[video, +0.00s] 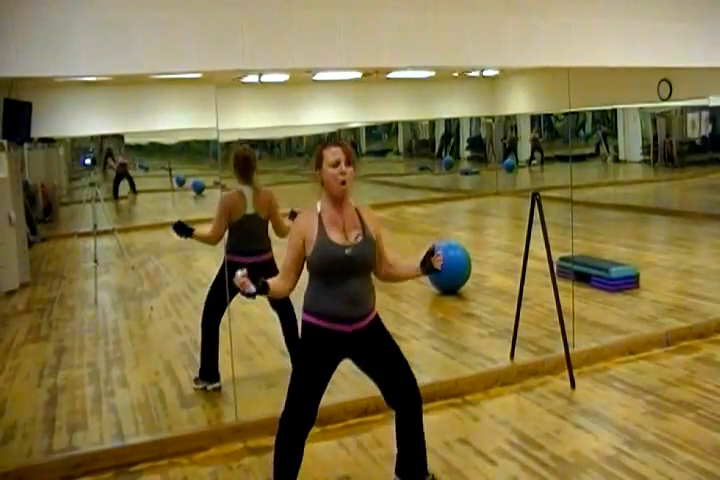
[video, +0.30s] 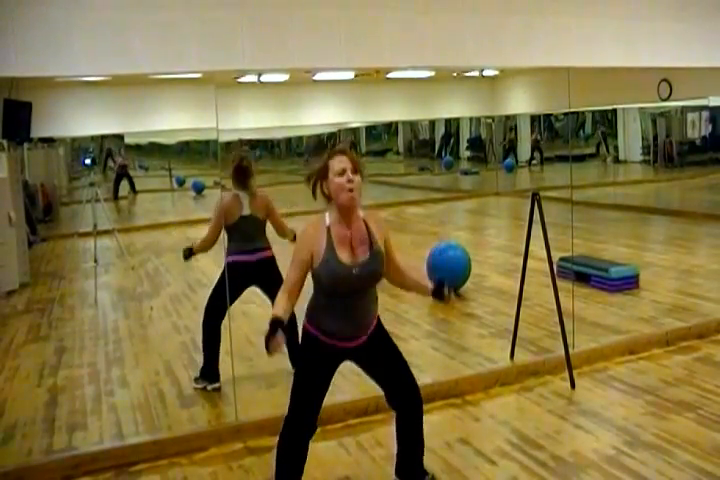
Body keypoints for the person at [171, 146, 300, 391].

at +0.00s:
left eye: (234, 165)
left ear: (234, 169)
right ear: (255, 168)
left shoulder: (229, 199)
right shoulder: (267, 196)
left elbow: (214, 237)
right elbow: (282, 231)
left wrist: (190, 232)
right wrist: (292, 219)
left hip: (233, 270)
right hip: (265, 268)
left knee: (210, 317)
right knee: (286, 312)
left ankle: (209, 376)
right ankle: (300, 367)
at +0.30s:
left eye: (235, 174)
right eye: (249, 174)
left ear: (232, 177)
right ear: (252, 176)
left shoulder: (226, 201)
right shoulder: (262, 198)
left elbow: (211, 239)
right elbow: (281, 228)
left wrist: (193, 250)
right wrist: (291, 235)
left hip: (237, 270)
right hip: (266, 267)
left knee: (212, 315)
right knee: (286, 312)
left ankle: (210, 374)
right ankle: (300, 364)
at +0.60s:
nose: (237, 156)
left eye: (230, 152)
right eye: (240, 149)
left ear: (226, 154)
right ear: (247, 152)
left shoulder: (221, 184)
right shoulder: (261, 181)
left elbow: (218, 221)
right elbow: (271, 216)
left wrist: (217, 251)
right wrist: (280, 247)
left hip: (230, 250)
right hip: (258, 248)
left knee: (211, 304)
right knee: (278, 297)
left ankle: (208, 359)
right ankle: (295, 347)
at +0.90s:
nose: (232, 175)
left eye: (228, 171)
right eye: (239, 170)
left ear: (223, 174)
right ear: (243, 173)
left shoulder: (218, 199)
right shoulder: (254, 197)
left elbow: (211, 235)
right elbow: (268, 232)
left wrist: (203, 266)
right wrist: (280, 263)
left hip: (224, 267)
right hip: (253, 266)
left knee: (198, 308)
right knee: (275, 302)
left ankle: (199, 364)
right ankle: (285, 346)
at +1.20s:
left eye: (225, 161)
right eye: (236, 162)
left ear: (221, 165)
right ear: (239, 165)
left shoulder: (215, 192)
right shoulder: (250, 188)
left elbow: (206, 227)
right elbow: (264, 220)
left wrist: (196, 259)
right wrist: (278, 247)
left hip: (224, 258)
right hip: (251, 256)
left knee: (203, 305)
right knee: (272, 301)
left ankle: (200, 363)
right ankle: (285, 350)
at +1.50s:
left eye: (224, 167)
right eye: (234, 167)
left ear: (220, 171)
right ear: (239, 170)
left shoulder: (214, 196)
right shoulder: (250, 194)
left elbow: (204, 234)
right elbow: (265, 225)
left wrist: (194, 263)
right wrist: (278, 251)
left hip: (226, 261)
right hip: (252, 259)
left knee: (202, 308)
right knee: (273, 300)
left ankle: (200, 364)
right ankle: (287, 347)